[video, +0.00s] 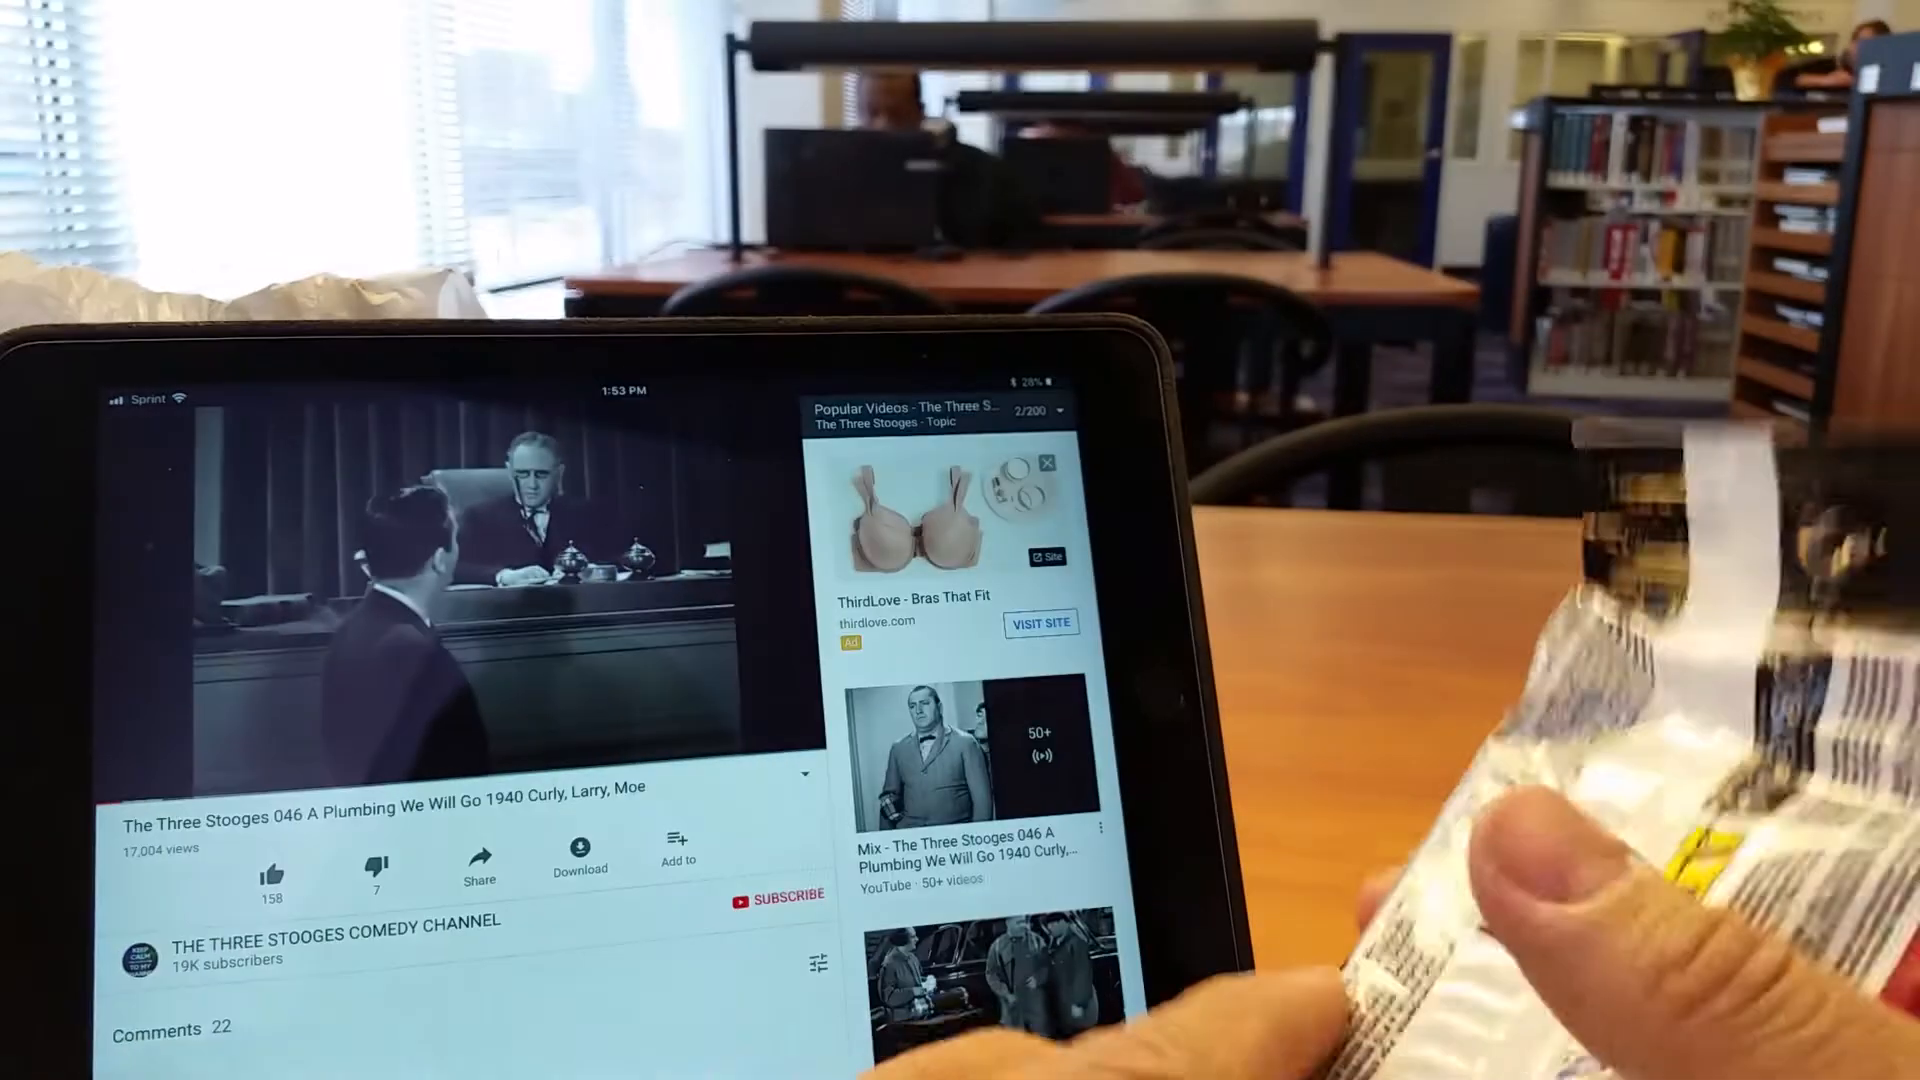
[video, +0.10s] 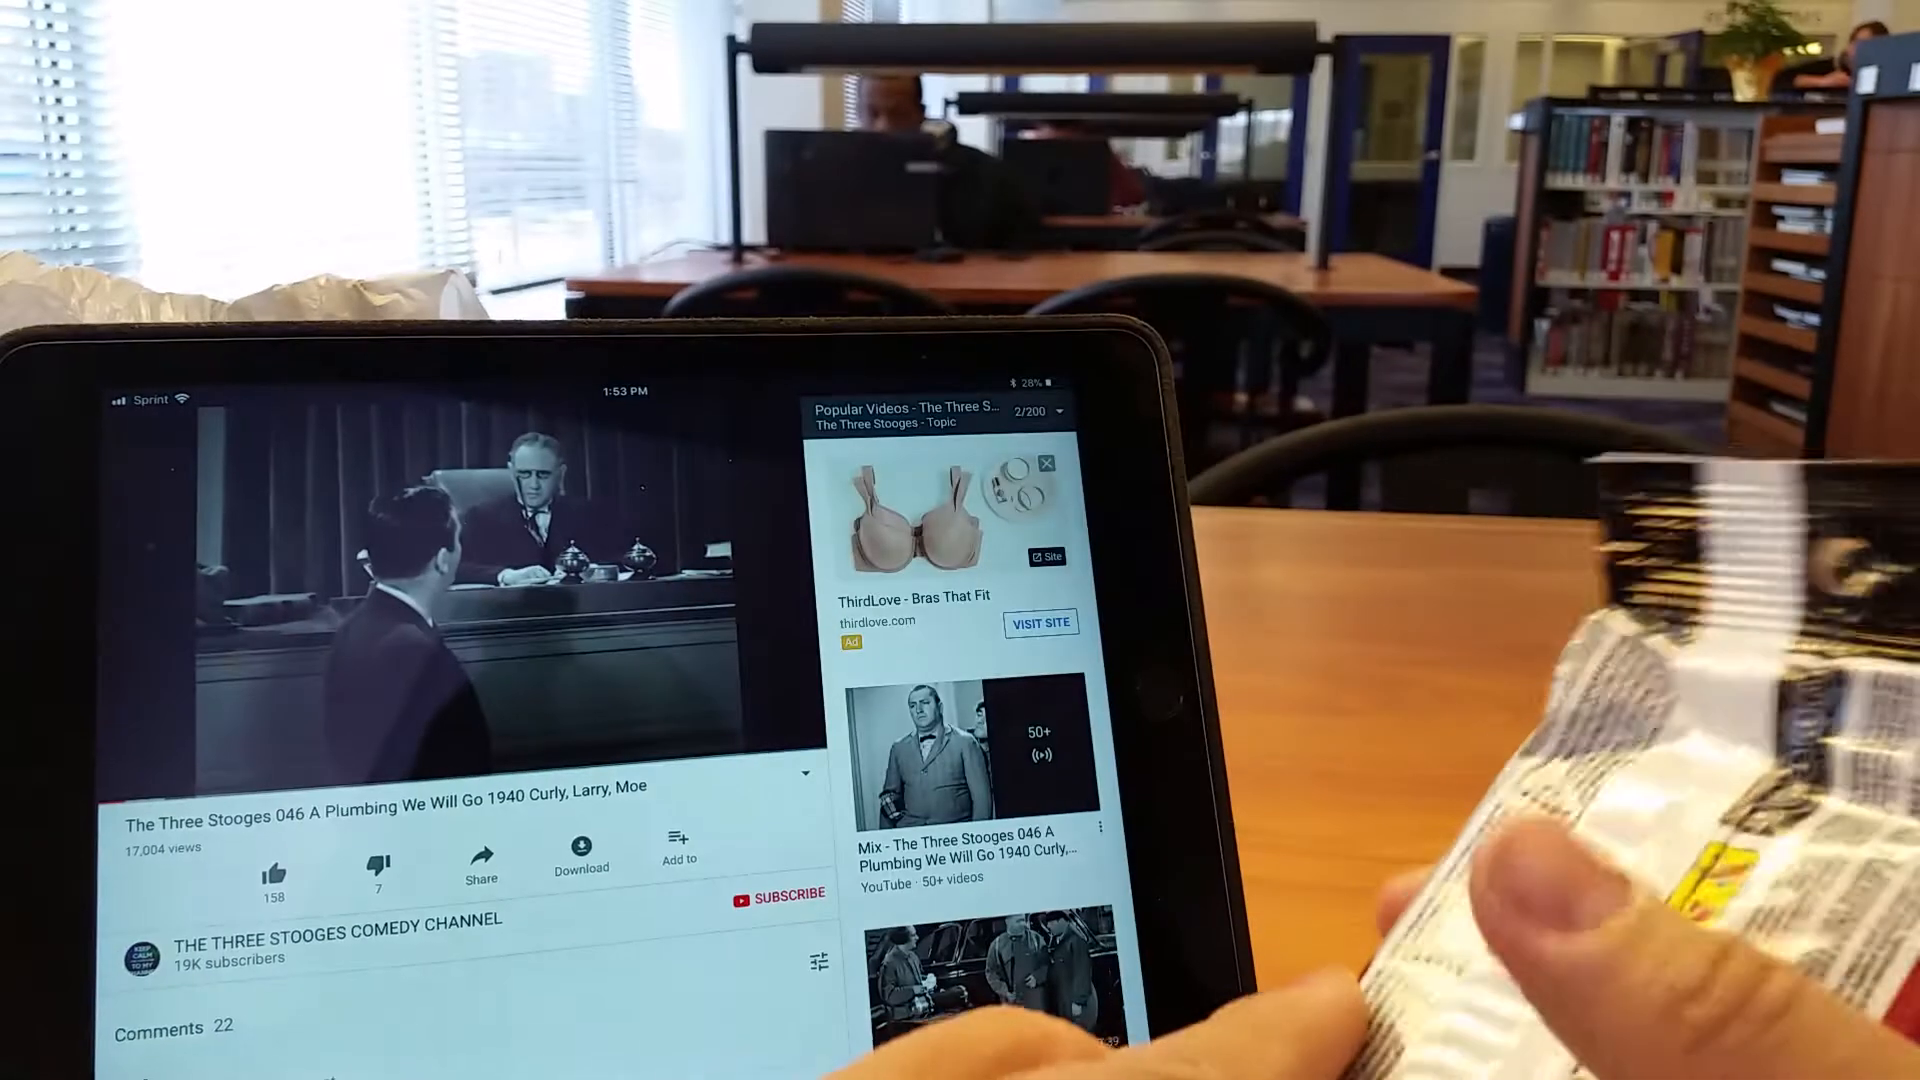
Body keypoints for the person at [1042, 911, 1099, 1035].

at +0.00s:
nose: (1050, 928)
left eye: (1054, 923)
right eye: (1048, 924)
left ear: (1064, 922)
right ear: (1046, 926)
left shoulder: (1077, 943)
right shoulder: (1054, 945)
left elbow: (1083, 974)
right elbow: (1054, 972)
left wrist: (1078, 1003)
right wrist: (1037, 979)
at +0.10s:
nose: (1048, 926)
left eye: (1051, 922)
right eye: (1048, 923)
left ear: (1062, 921)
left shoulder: (1077, 942)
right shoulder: (1056, 942)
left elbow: (1082, 973)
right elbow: (1055, 970)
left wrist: (1078, 1001)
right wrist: (1036, 978)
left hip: (1074, 1001)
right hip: (1060, 1000)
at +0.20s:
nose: (1048, 926)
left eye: (1051, 922)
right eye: (1047, 923)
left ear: (1063, 920)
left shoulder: (1076, 942)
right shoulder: (1055, 943)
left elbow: (1082, 973)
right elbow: (1054, 971)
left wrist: (1078, 1001)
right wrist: (1037, 978)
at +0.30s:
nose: (1050, 927)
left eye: (1052, 923)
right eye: (1048, 924)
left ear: (1063, 921)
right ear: (1049, 926)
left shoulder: (1076, 941)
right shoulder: (1055, 943)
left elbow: (1082, 971)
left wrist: (1078, 1000)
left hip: (1077, 997)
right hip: (1064, 998)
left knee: (1080, 1040)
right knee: (1072, 1039)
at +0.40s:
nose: (1049, 927)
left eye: (1051, 923)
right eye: (1048, 924)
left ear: (1062, 921)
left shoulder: (1076, 941)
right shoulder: (1056, 943)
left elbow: (1082, 972)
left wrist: (1079, 1000)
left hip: (1076, 999)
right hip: (1063, 1000)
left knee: (1081, 1043)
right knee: (1072, 1042)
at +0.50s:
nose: (1049, 927)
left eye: (1052, 923)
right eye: (1048, 924)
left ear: (1063, 921)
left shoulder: (1076, 941)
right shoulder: (1055, 943)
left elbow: (1083, 972)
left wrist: (1078, 1000)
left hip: (1076, 999)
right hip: (1063, 1000)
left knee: (1081, 1043)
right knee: (1072, 1041)